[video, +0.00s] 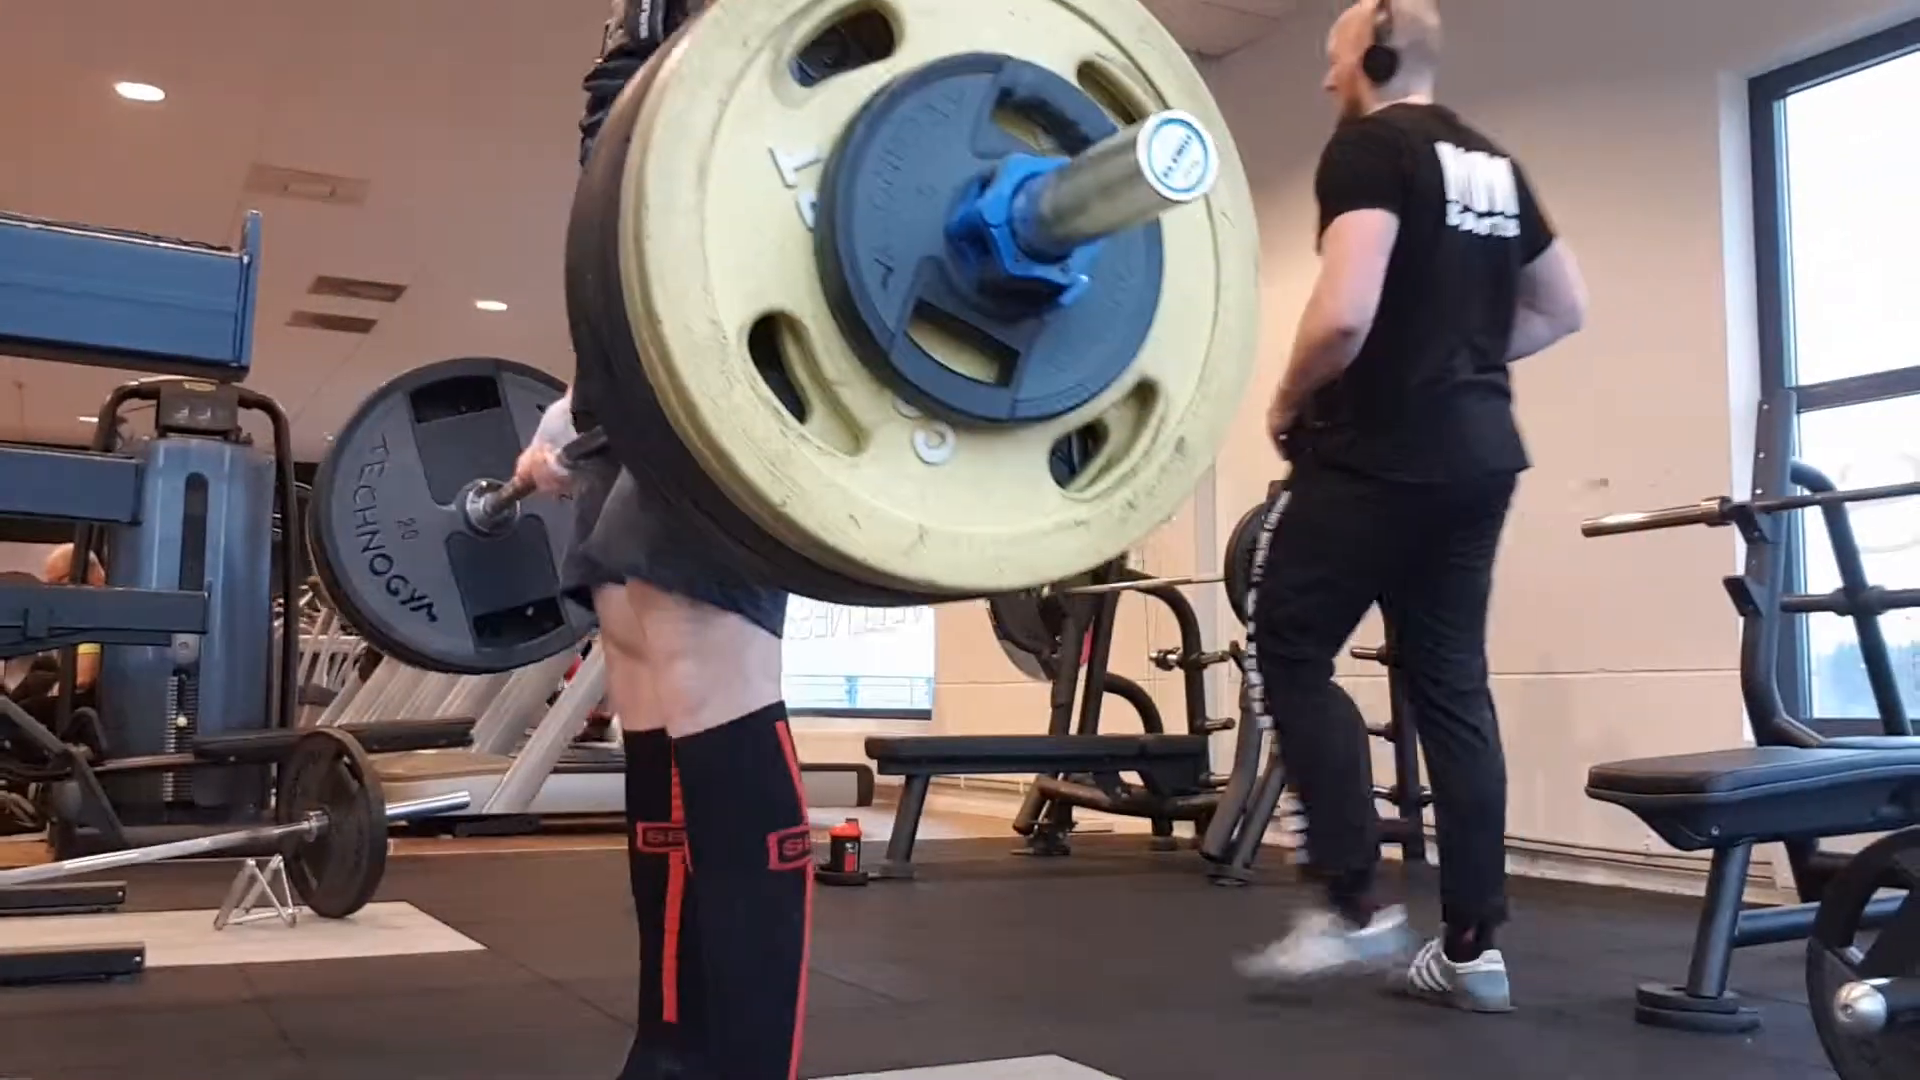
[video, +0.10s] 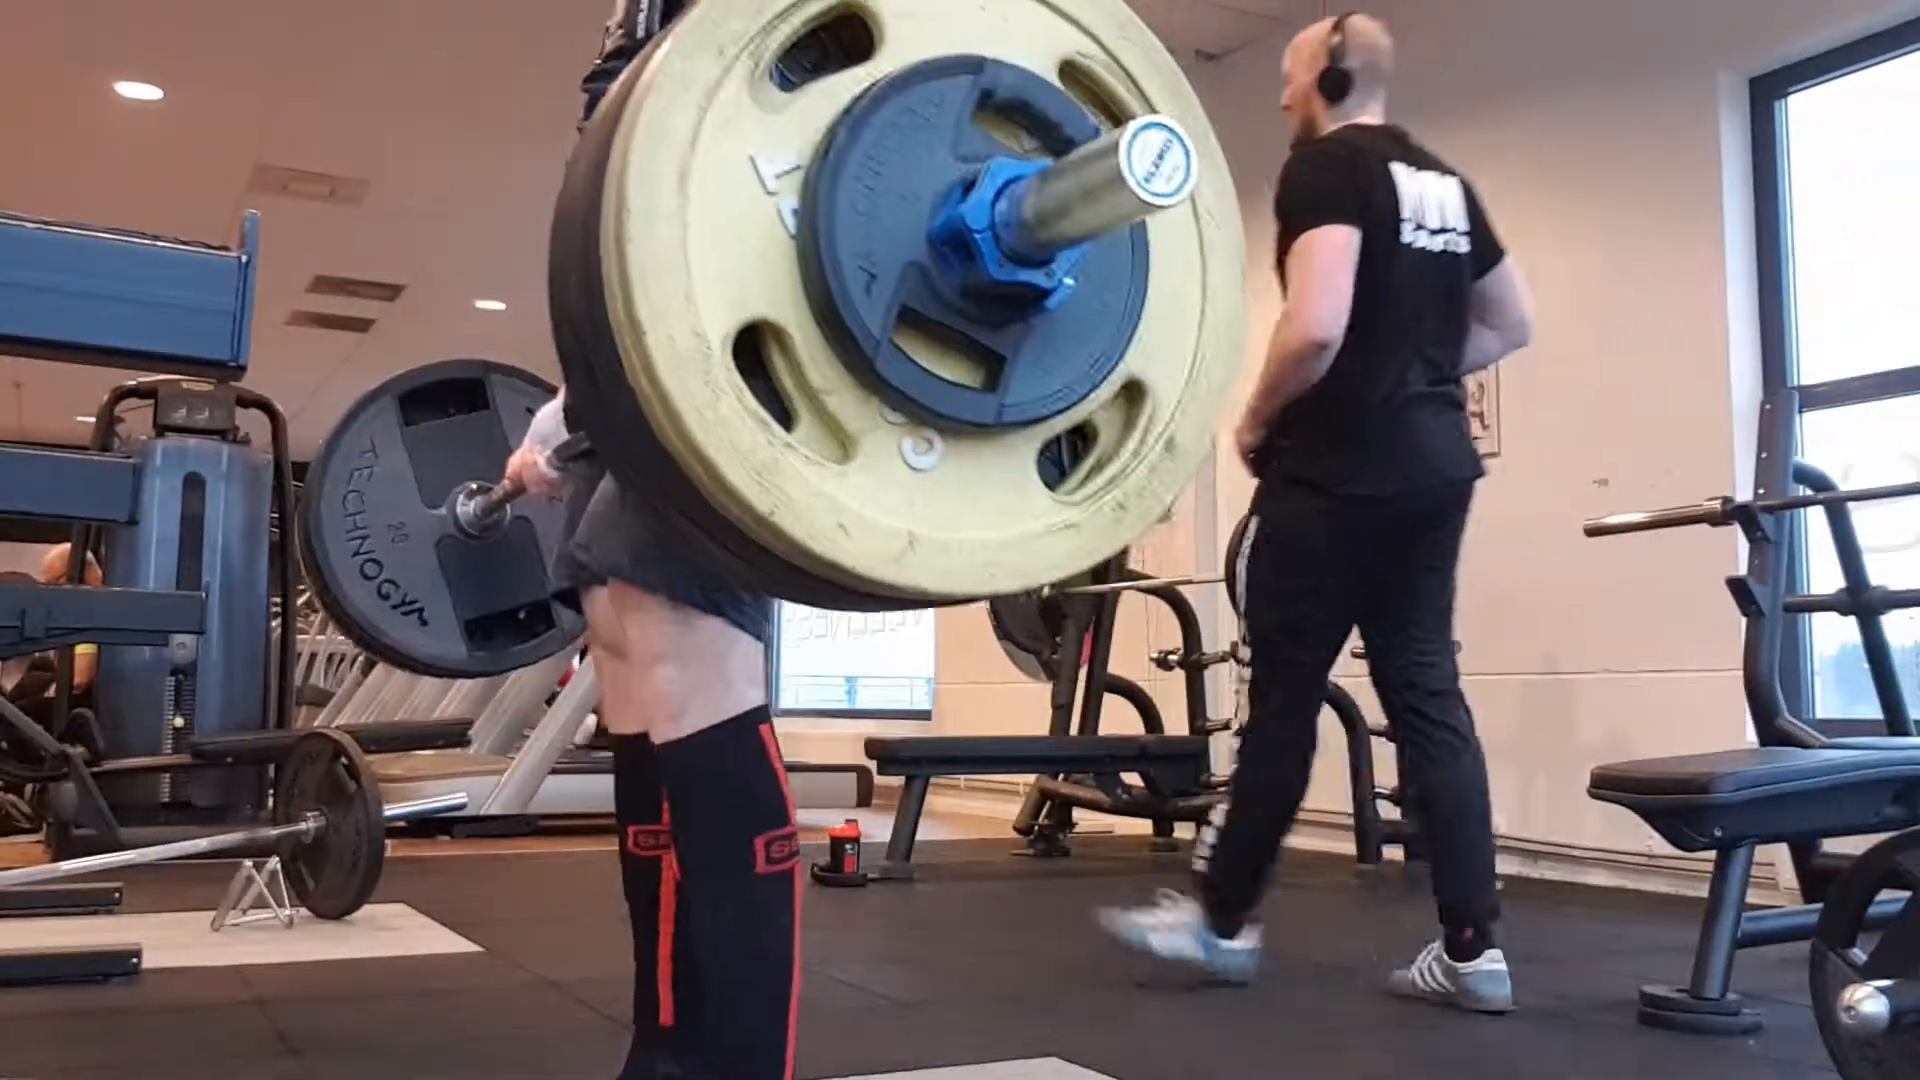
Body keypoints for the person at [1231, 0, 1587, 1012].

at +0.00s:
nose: (1325, 77)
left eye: (1331, 59)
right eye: (1328, 59)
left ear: (1364, 57)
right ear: (1423, 64)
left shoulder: (1368, 145)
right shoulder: (1494, 162)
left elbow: (1346, 314)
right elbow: (1559, 308)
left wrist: (1287, 399)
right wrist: (1462, 356)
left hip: (1375, 457)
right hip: (1477, 459)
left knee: (1291, 651)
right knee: (1450, 685)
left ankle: (1354, 910)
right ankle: (1472, 946)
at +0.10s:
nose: (1284, 102)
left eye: (1289, 86)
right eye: (1285, 86)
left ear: (1319, 84)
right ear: (1376, 84)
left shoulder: (1325, 161)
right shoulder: (1444, 177)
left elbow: (1316, 328)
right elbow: (1506, 325)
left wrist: (1254, 411)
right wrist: (1414, 365)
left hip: (1334, 467)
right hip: (1434, 466)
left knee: (1283, 695)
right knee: (1427, 692)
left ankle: (1219, 918)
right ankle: (1472, 949)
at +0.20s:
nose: (1237, 123)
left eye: (1241, 108)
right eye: (1240, 106)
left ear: (1267, 109)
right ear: (1327, 108)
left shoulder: (1272, 190)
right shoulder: (1395, 201)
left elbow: (1269, 353)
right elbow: (1459, 341)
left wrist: (1206, 430)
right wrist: (1360, 377)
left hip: (1287, 488)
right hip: (1385, 482)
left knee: (1253, 706)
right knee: (1387, 700)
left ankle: (1187, 923)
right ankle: (1466, 939)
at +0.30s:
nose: (1178, 128)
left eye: (1183, 115)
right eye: (1182, 114)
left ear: (1211, 121)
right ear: (1273, 122)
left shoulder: (1192, 208)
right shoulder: (1342, 210)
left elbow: (1146, 335)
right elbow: (1409, 345)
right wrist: (1322, 385)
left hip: (1223, 499)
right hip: (1332, 496)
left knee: (1190, 701)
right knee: (1314, 689)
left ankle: (1175, 927)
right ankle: (1429, 888)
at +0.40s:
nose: (1137, 136)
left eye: (1140, 123)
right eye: (1140, 122)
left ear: (1162, 127)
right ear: (1229, 126)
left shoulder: (1144, 212)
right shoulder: (1296, 208)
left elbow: (1096, 336)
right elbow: (1371, 340)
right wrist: (1283, 379)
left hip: (1187, 485)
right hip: (1282, 486)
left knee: (1169, 702)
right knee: (1243, 679)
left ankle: (1176, 925)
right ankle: (1337, 830)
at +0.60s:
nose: (1075, 150)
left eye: (1077, 137)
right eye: (1076, 135)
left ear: (1091, 143)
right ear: (1161, 137)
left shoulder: (1077, 221)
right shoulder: (1225, 223)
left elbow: (1034, 359)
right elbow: (1297, 351)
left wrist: (1037, 430)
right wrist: (1209, 385)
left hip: (1113, 485)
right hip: (1206, 484)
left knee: (1106, 666)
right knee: (1170, 657)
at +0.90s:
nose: (982, 191)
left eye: (985, 180)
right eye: (984, 179)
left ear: (999, 183)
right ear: (1061, 185)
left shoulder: (989, 255)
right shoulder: (1116, 266)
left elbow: (955, 365)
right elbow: (1176, 392)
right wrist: (1097, 415)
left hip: (1010, 503)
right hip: (1093, 509)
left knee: (995, 678)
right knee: (1048, 675)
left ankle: (1066, 829)